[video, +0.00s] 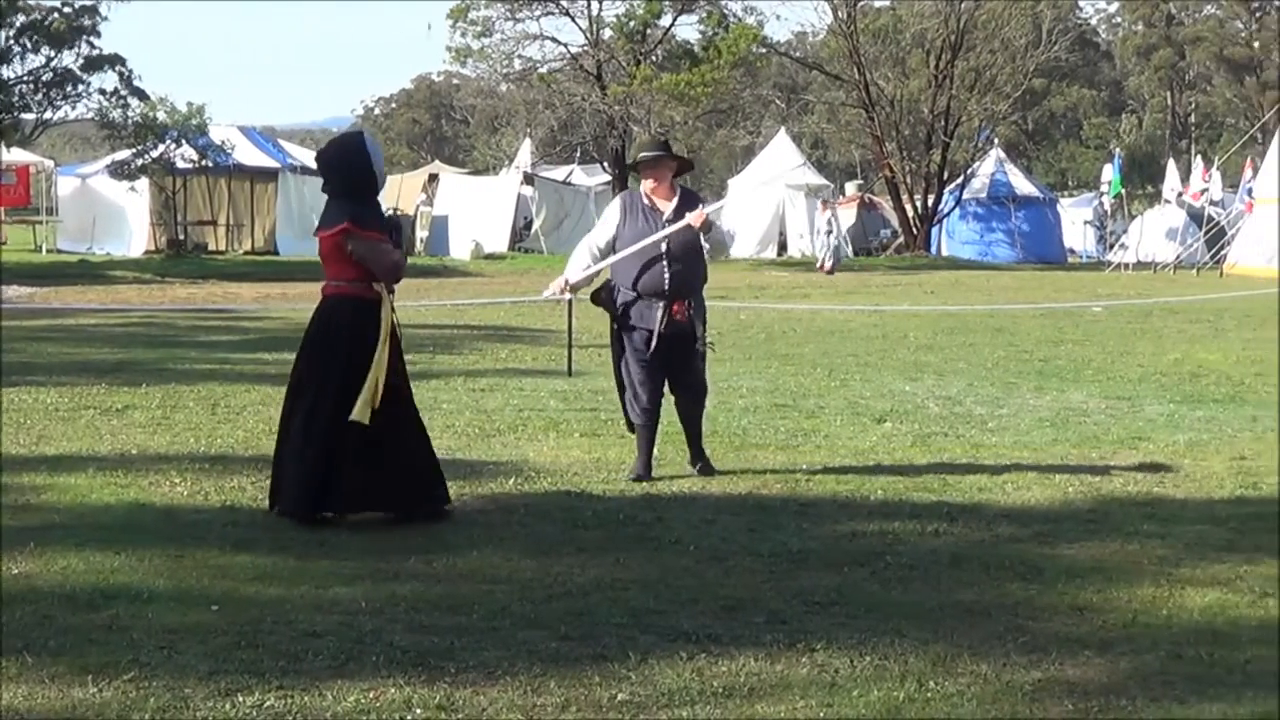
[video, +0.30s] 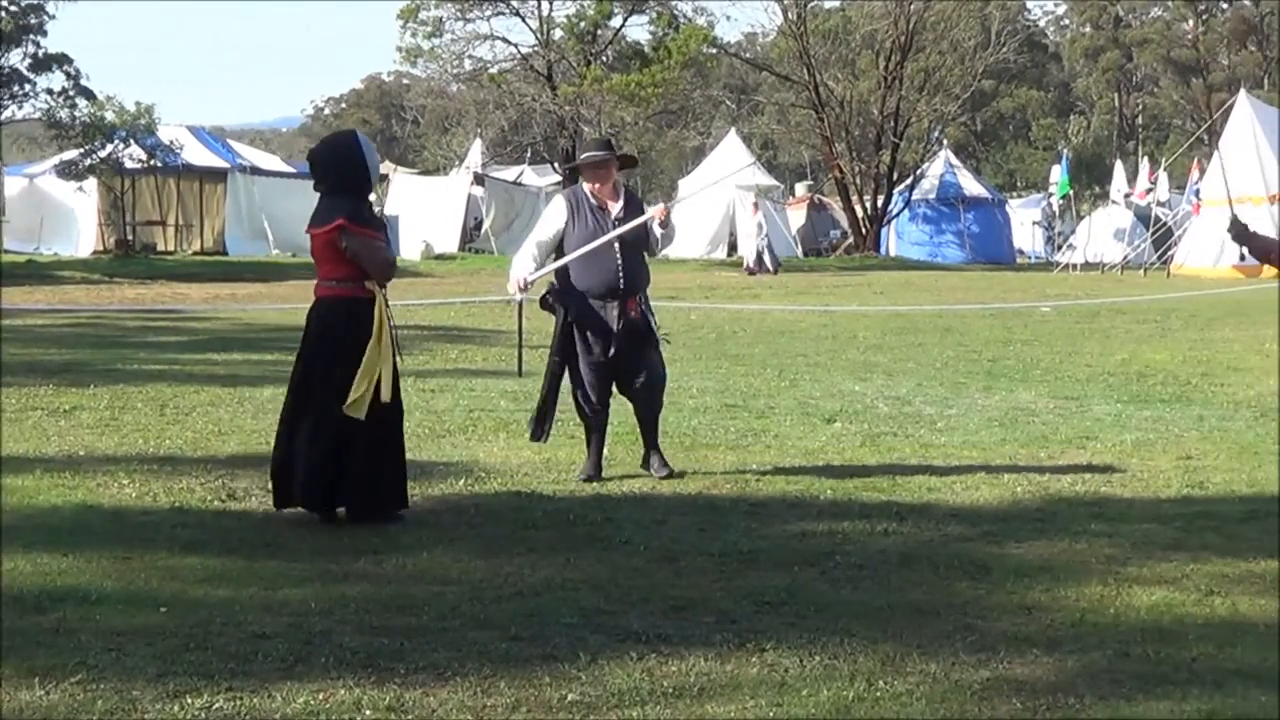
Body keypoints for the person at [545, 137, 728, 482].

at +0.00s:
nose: (648, 173)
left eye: (655, 166)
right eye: (643, 167)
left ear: (673, 169)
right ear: (637, 172)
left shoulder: (693, 203)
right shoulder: (624, 205)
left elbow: (721, 249)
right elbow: (594, 244)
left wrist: (707, 228)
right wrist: (571, 278)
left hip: (685, 312)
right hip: (638, 312)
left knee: (692, 389)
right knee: (644, 392)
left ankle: (697, 452)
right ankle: (642, 463)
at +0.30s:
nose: (596, 174)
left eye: (603, 166)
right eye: (589, 168)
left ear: (616, 167)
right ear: (580, 172)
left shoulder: (633, 201)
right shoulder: (566, 204)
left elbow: (655, 246)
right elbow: (537, 244)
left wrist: (662, 225)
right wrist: (521, 272)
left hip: (632, 308)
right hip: (587, 311)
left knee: (650, 379)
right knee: (591, 390)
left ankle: (652, 451)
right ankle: (593, 460)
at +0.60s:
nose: (571, 174)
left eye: (576, 167)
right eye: (563, 169)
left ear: (586, 168)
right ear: (551, 173)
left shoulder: (597, 204)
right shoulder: (535, 205)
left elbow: (616, 248)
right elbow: (509, 250)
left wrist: (629, 226)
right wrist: (510, 284)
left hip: (598, 309)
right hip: (553, 311)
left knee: (605, 389)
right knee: (554, 391)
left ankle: (619, 462)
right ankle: (552, 462)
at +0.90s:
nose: (555, 173)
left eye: (559, 166)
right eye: (547, 168)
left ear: (567, 169)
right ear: (532, 172)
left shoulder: (574, 203)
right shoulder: (514, 204)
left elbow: (596, 248)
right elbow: (490, 248)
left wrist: (607, 226)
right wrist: (490, 284)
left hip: (578, 308)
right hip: (534, 308)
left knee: (575, 392)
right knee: (525, 390)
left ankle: (576, 465)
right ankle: (507, 464)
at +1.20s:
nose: (521, 174)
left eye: (527, 167)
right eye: (513, 169)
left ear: (537, 169)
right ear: (502, 173)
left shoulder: (551, 205)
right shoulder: (484, 205)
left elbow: (574, 257)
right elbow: (458, 248)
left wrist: (580, 233)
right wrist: (448, 288)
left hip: (547, 306)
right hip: (504, 305)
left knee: (540, 385)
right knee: (504, 382)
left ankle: (530, 462)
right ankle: (488, 449)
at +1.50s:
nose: (488, 176)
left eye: (493, 168)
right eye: (480, 171)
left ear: (501, 169)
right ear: (466, 174)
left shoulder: (514, 205)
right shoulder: (448, 207)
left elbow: (535, 255)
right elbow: (419, 247)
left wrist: (541, 239)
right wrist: (402, 285)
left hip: (512, 307)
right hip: (472, 310)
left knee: (507, 387)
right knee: (487, 388)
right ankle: (489, 468)